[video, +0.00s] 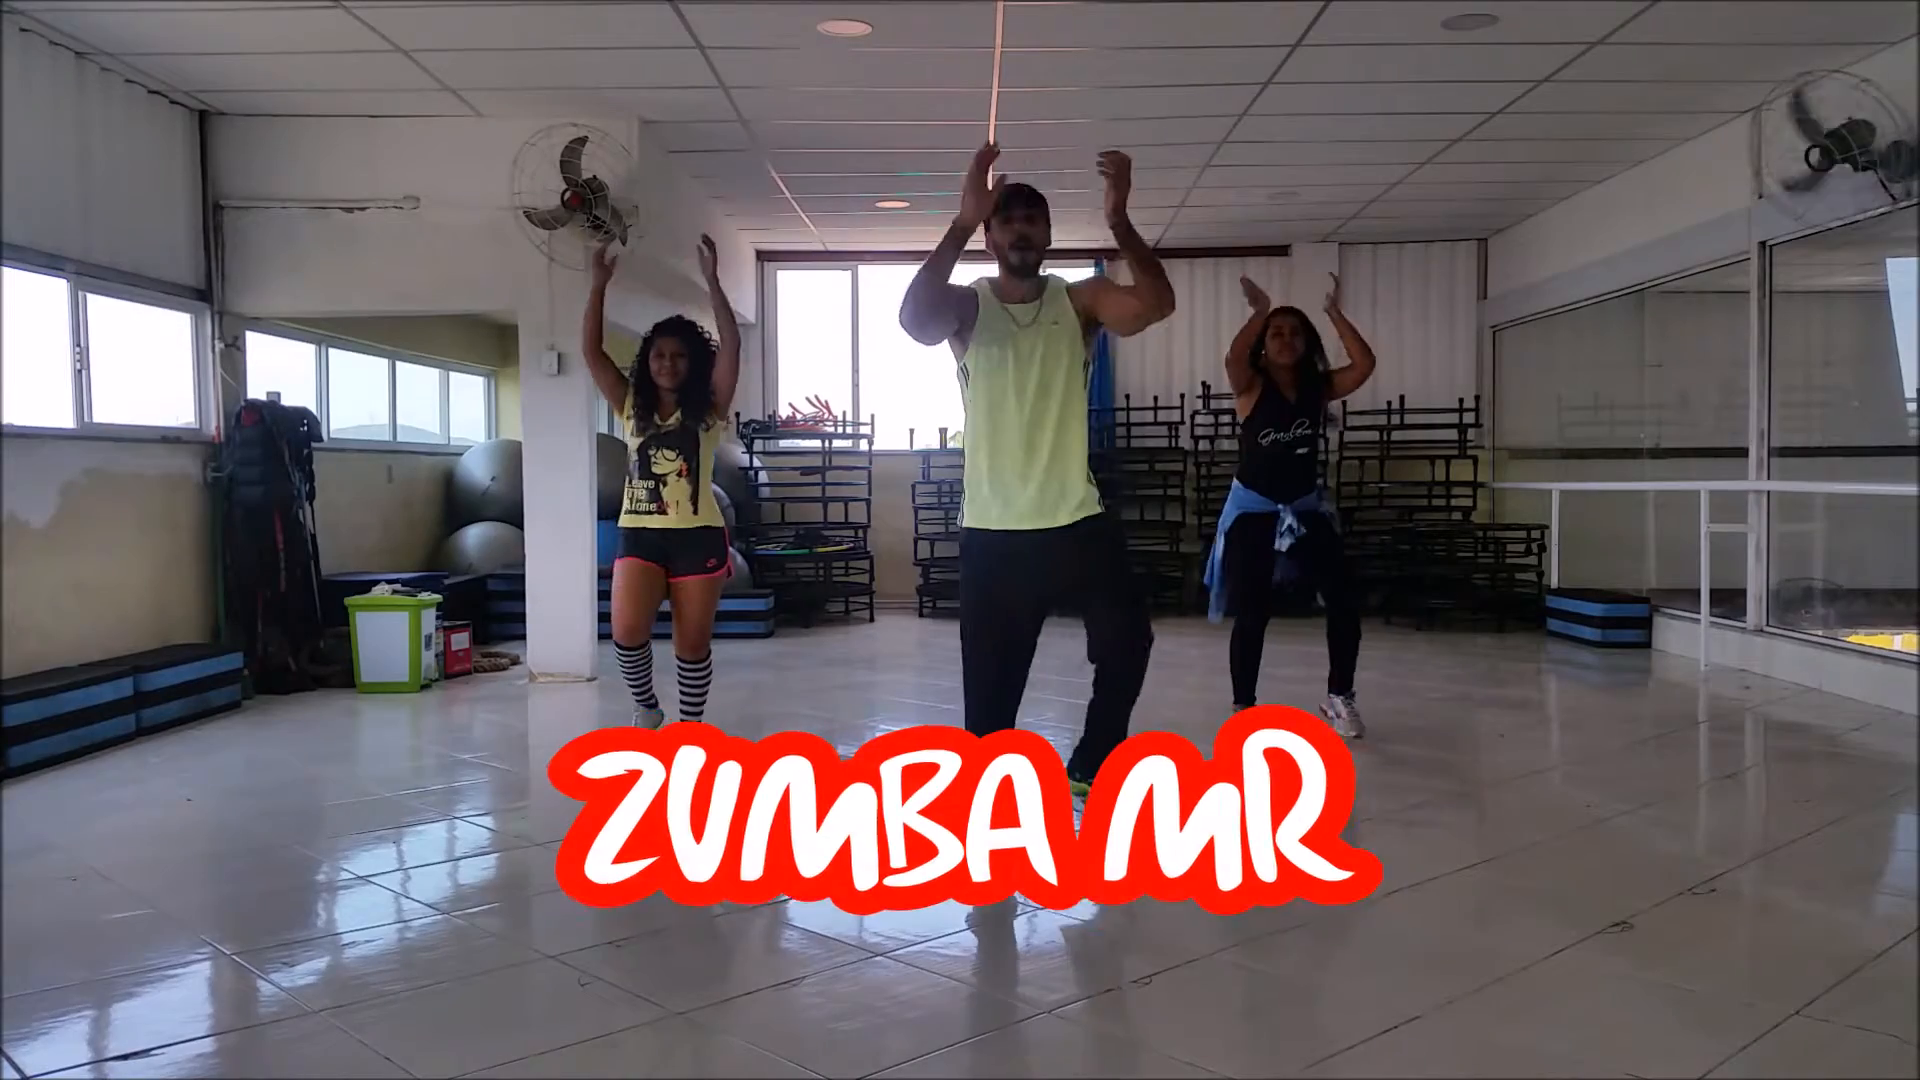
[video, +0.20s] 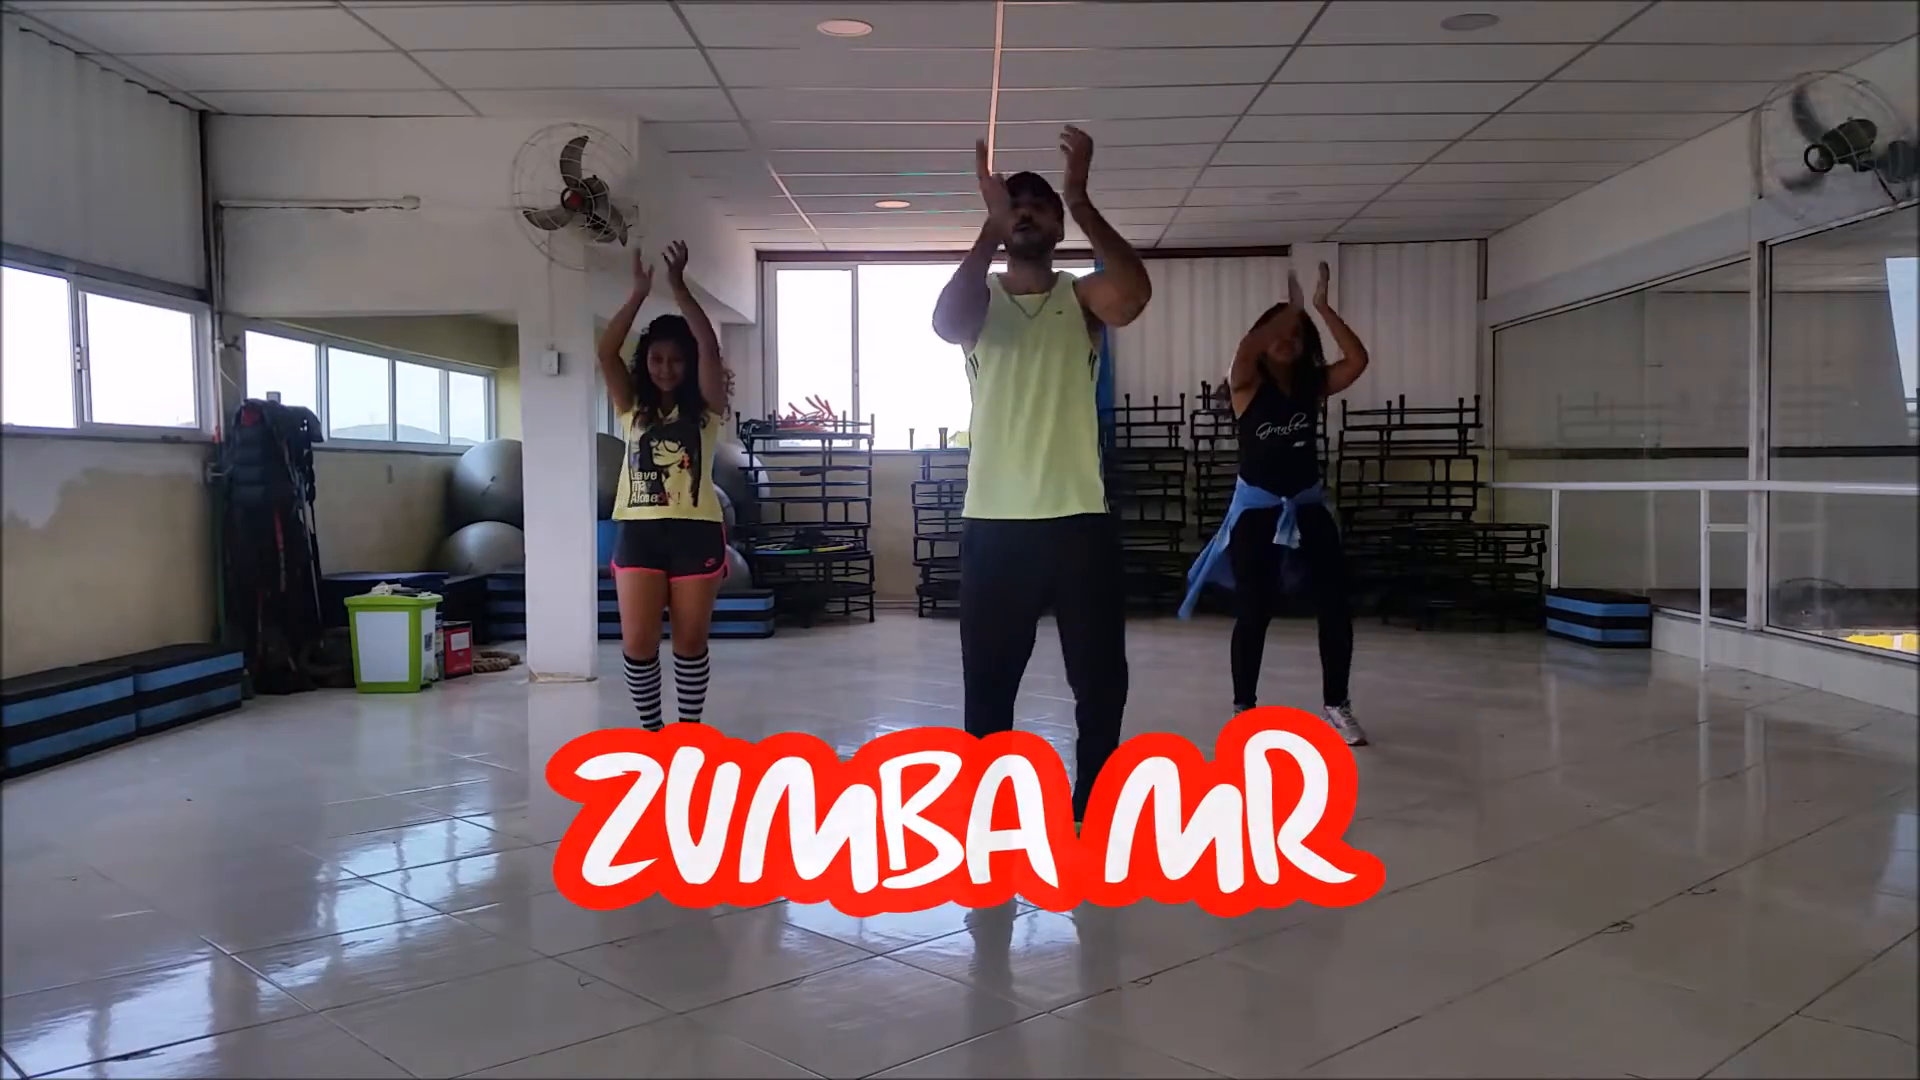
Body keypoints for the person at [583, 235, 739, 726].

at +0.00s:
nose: (667, 363)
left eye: (677, 356)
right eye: (658, 355)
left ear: (694, 364)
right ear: (645, 361)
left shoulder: (709, 409)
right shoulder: (630, 405)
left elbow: (730, 343)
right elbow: (592, 350)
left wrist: (713, 281)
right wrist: (598, 284)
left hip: (697, 543)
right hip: (639, 541)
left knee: (692, 647)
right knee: (626, 633)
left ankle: (692, 730)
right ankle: (646, 715)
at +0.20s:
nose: (665, 367)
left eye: (674, 359)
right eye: (656, 359)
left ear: (690, 363)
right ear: (645, 363)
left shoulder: (707, 408)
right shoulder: (631, 407)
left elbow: (709, 347)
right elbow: (606, 353)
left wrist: (680, 286)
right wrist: (638, 294)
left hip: (696, 538)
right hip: (638, 537)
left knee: (690, 645)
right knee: (637, 646)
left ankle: (690, 735)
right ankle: (651, 736)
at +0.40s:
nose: (658, 362)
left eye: (669, 354)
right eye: (649, 353)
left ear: (685, 359)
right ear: (636, 356)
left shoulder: (699, 404)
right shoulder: (620, 402)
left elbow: (726, 341)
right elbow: (585, 346)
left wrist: (698, 277)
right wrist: (609, 283)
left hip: (690, 538)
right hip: (632, 539)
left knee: (684, 642)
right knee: (640, 646)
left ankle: (690, 734)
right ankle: (654, 742)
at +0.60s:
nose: (656, 362)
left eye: (666, 354)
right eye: (647, 353)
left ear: (682, 362)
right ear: (635, 359)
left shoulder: (696, 405)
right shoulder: (619, 404)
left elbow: (715, 341)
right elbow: (590, 350)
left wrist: (697, 280)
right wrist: (603, 284)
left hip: (686, 536)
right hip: (630, 537)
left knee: (677, 633)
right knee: (639, 639)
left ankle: (690, 725)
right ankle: (653, 736)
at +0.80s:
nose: (658, 362)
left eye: (668, 355)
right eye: (650, 353)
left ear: (685, 359)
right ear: (638, 358)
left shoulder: (700, 406)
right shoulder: (625, 404)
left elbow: (717, 341)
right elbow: (594, 350)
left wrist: (678, 284)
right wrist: (632, 292)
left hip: (690, 540)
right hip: (632, 541)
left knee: (686, 643)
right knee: (637, 643)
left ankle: (685, 737)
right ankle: (652, 737)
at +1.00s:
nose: (662, 361)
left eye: (672, 353)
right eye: (654, 353)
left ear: (689, 360)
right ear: (642, 359)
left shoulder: (705, 406)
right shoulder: (630, 403)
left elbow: (724, 343)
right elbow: (592, 349)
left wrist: (703, 280)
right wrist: (601, 282)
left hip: (694, 539)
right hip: (635, 537)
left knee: (688, 645)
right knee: (622, 638)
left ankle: (685, 738)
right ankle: (646, 722)